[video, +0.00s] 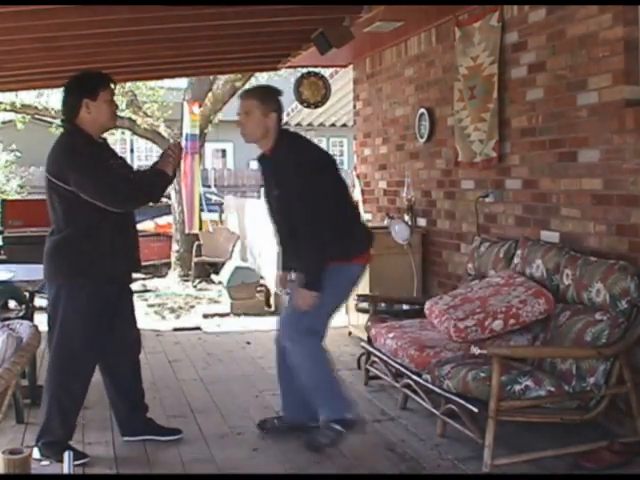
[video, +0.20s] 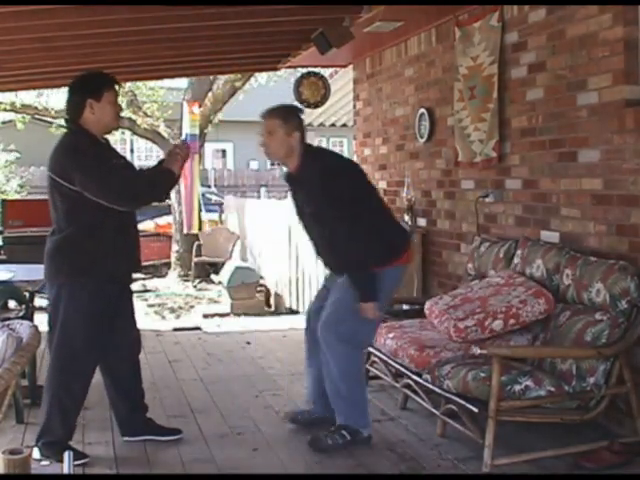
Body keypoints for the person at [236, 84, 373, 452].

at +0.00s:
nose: (239, 122)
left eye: (246, 114)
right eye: (239, 115)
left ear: (271, 117)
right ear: (259, 119)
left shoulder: (301, 156)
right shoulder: (272, 160)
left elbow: (317, 221)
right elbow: (286, 219)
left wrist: (312, 281)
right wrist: (287, 264)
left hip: (342, 256)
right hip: (313, 257)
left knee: (298, 331)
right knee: (289, 332)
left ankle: (339, 415)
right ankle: (298, 415)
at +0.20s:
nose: (263, 141)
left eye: (270, 134)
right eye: (263, 134)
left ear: (294, 136)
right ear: (282, 139)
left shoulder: (331, 169)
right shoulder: (297, 177)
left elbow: (358, 229)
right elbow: (327, 232)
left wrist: (367, 293)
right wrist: (342, 275)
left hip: (381, 262)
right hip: (353, 262)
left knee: (336, 331)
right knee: (317, 322)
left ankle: (355, 427)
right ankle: (324, 409)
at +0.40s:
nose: (300, 168)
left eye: (306, 160)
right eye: (299, 161)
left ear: (328, 162)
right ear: (321, 164)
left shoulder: (369, 192)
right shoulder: (330, 201)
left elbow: (410, 245)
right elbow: (362, 251)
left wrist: (424, 314)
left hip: (410, 275)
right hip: (378, 275)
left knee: (356, 327)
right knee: (338, 322)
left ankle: (356, 424)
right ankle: (354, 409)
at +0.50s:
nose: (322, 186)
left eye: (329, 178)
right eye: (322, 179)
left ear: (353, 178)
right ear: (342, 181)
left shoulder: (396, 209)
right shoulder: (351, 214)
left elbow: (430, 260)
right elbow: (380, 260)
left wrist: (447, 314)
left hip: (428, 286)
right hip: (392, 282)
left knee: (368, 326)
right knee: (347, 319)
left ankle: (358, 424)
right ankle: (351, 409)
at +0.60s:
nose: (358, 201)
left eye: (363, 194)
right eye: (357, 194)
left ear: (385, 193)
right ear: (371, 195)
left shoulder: (422, 227)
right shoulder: (378, 232)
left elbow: (463, 281)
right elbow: (398, 282)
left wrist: (464, 334)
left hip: (447, 306)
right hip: (411, 298)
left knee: (379, 327)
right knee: (358, 316)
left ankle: (358, 423)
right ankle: (352, 409)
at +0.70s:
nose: (392, 210)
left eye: (400, 203)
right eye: (392, 203)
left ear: (425, 206)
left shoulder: (452, 244)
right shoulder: (410, 242)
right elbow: (415, 293)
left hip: (469, 327)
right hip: (436, 315)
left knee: (392, 329)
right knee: (370, 315)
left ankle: (361, 422)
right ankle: (351, 405)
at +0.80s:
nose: (432, 215)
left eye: (439, 207)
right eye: (429, 208)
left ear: (459, 208)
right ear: (427, 210)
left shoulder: (480, 249)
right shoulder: (438, 246)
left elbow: (493, 321)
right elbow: (434, 294)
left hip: (476, 330)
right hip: (444, 318)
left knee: (401, 329)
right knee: (379, 315)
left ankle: (363, 420)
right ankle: (355, 402)